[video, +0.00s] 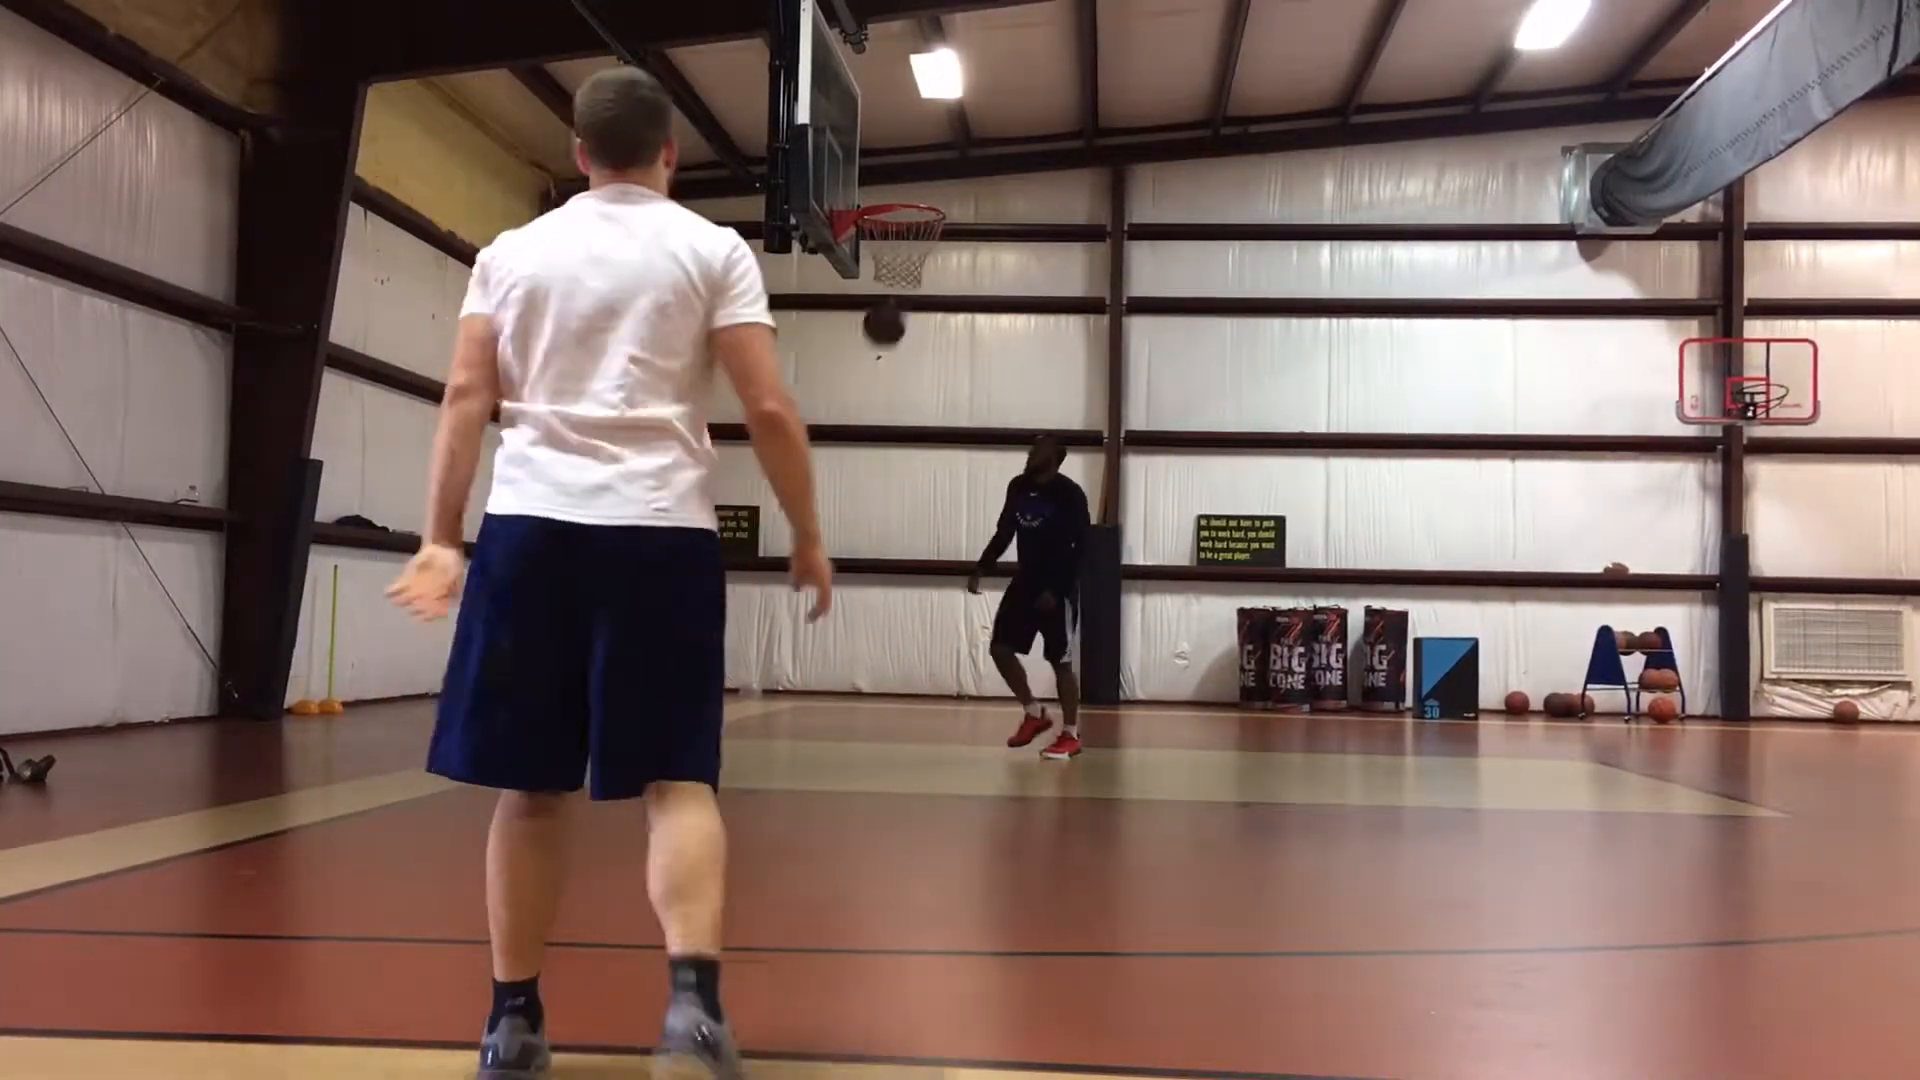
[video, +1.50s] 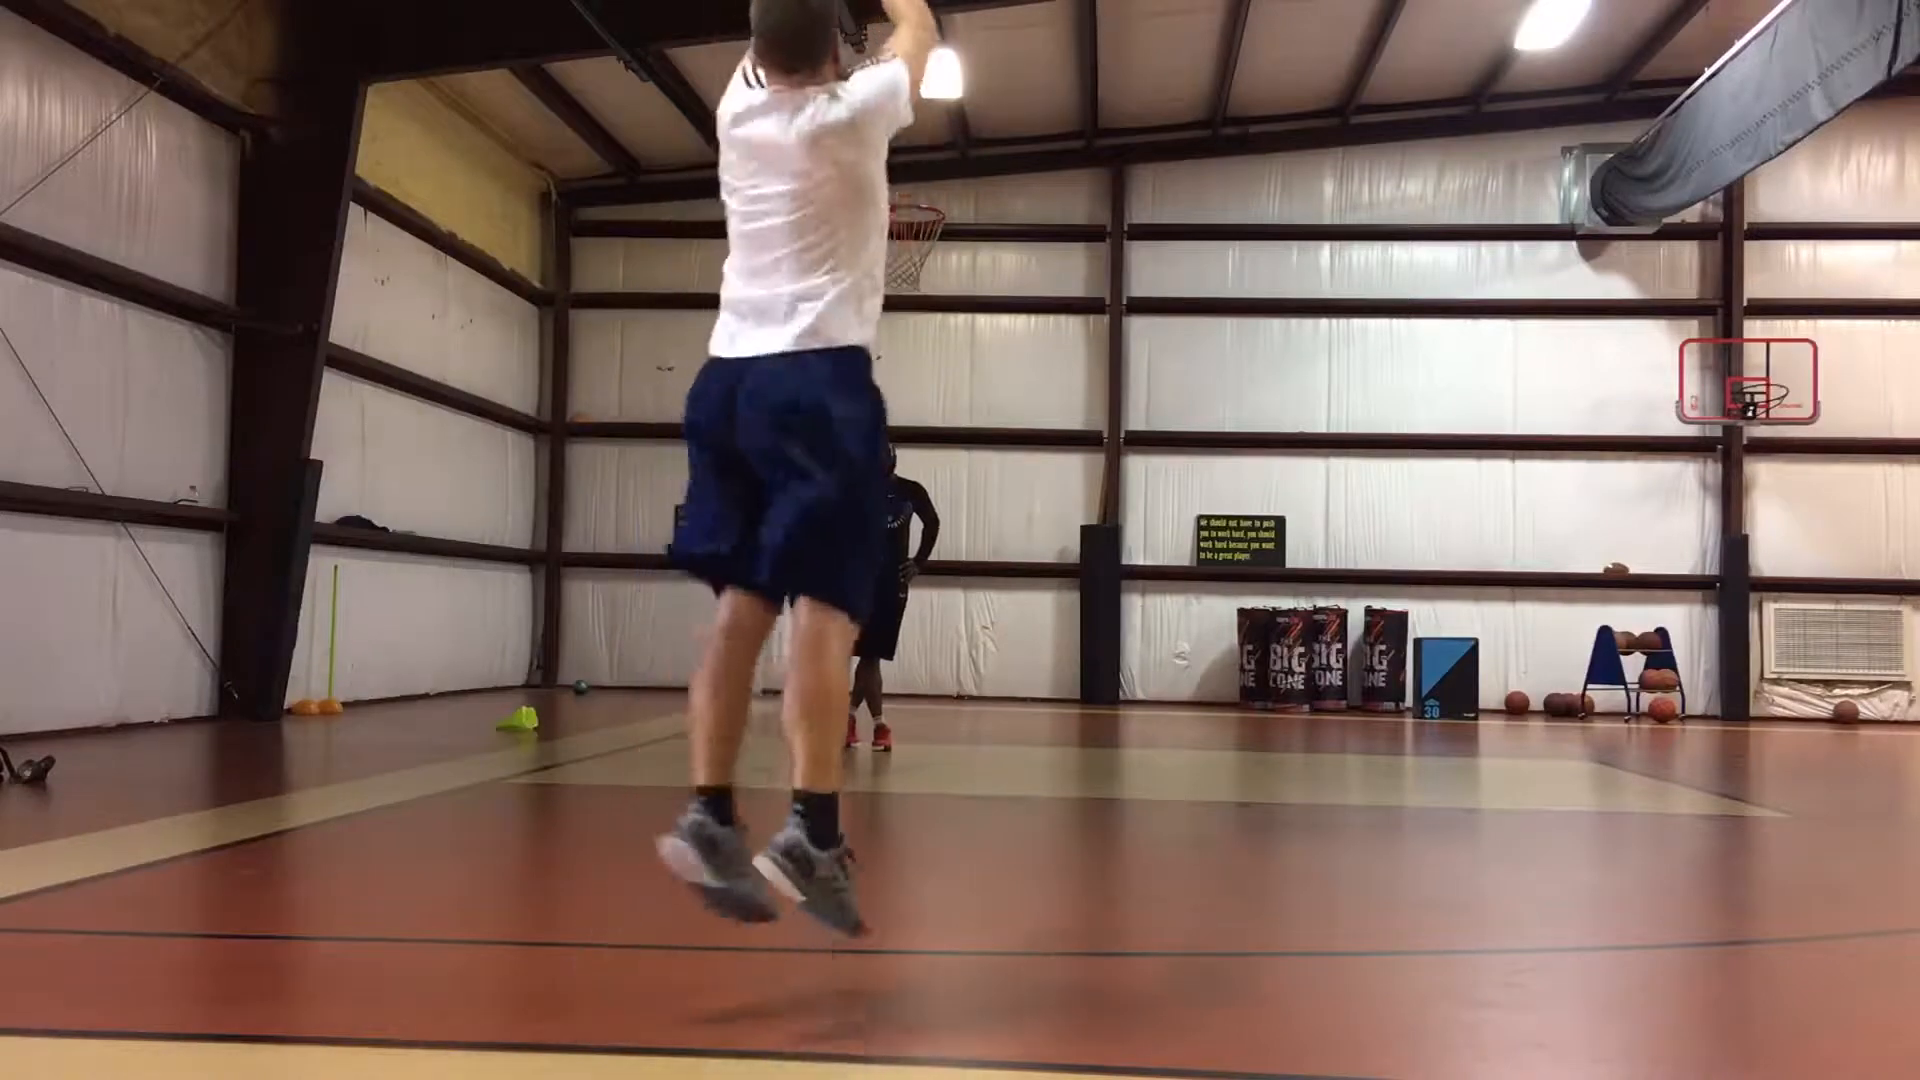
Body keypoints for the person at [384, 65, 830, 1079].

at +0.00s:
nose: (663, 164)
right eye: (670, 150)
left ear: (575, 156)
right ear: (670, 153)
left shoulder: (513, 253)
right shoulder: (715, 251)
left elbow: (466, 397)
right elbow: (768, 407)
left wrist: (441, 538)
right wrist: (807, 534)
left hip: (529, 544)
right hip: (664, 547)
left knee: (530, 787)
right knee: (679, 777)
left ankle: (512, 1022)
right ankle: (694, 1005)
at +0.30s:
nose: (701, 152)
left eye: (698, 143)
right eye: (702, 140)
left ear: (596, 126)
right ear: (690, 134)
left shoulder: (507, 208)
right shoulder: (693, 206)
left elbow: (428, 369)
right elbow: (725, 343)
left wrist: (499, 458)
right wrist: (841, 450)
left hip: (456, 496)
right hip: (604, 511)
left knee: (392, 763)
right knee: (624, 767)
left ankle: (292, 998)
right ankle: (623, 1010)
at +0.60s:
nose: (528, 288)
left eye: (523, 273)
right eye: (527, 274)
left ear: (424, 264)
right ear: (516, 274)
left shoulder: (329, 341)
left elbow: (242, 499)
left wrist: (330, 582)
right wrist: (671, 692)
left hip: (293, 620)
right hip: (453, 631)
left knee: (165, 839)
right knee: (546, 841)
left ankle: (24, 1038)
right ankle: (516, 1014)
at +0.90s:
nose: (714, 295)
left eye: (710, 285)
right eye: (715, 284)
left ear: (628, 275)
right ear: (705, 279)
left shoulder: (561, 346)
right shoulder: (707, 347)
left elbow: (566, 486)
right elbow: (726, 508)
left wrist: (692, 538)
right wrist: (766, 556)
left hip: (476, 590)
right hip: (606, 591)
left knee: (461, 804)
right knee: (724, 813)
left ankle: (275, 933)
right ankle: (784, 1024)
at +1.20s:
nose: (803, 230)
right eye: (802, 218)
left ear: (709, 229)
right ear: (793, 232)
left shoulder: (673, 301)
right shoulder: (804, 305)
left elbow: (733, 271)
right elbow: (906, 335)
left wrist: (784, 224)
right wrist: (865, 229)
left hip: (639, 582)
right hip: (748, 578)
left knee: (701, 780)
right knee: (810, 803)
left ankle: (606, 978)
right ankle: (785, 1003)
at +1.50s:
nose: (848, 52)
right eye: (844, 41)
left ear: (757, 54)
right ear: (842, 49)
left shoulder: (736, 114)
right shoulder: (860, 111)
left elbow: (763, 53)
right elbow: (913, 32)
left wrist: (828, 33)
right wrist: (894, 5)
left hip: (728, 380)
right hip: (822, 380)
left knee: (743, 607)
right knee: (825, 616)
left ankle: (708, 820)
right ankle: (814, 836)